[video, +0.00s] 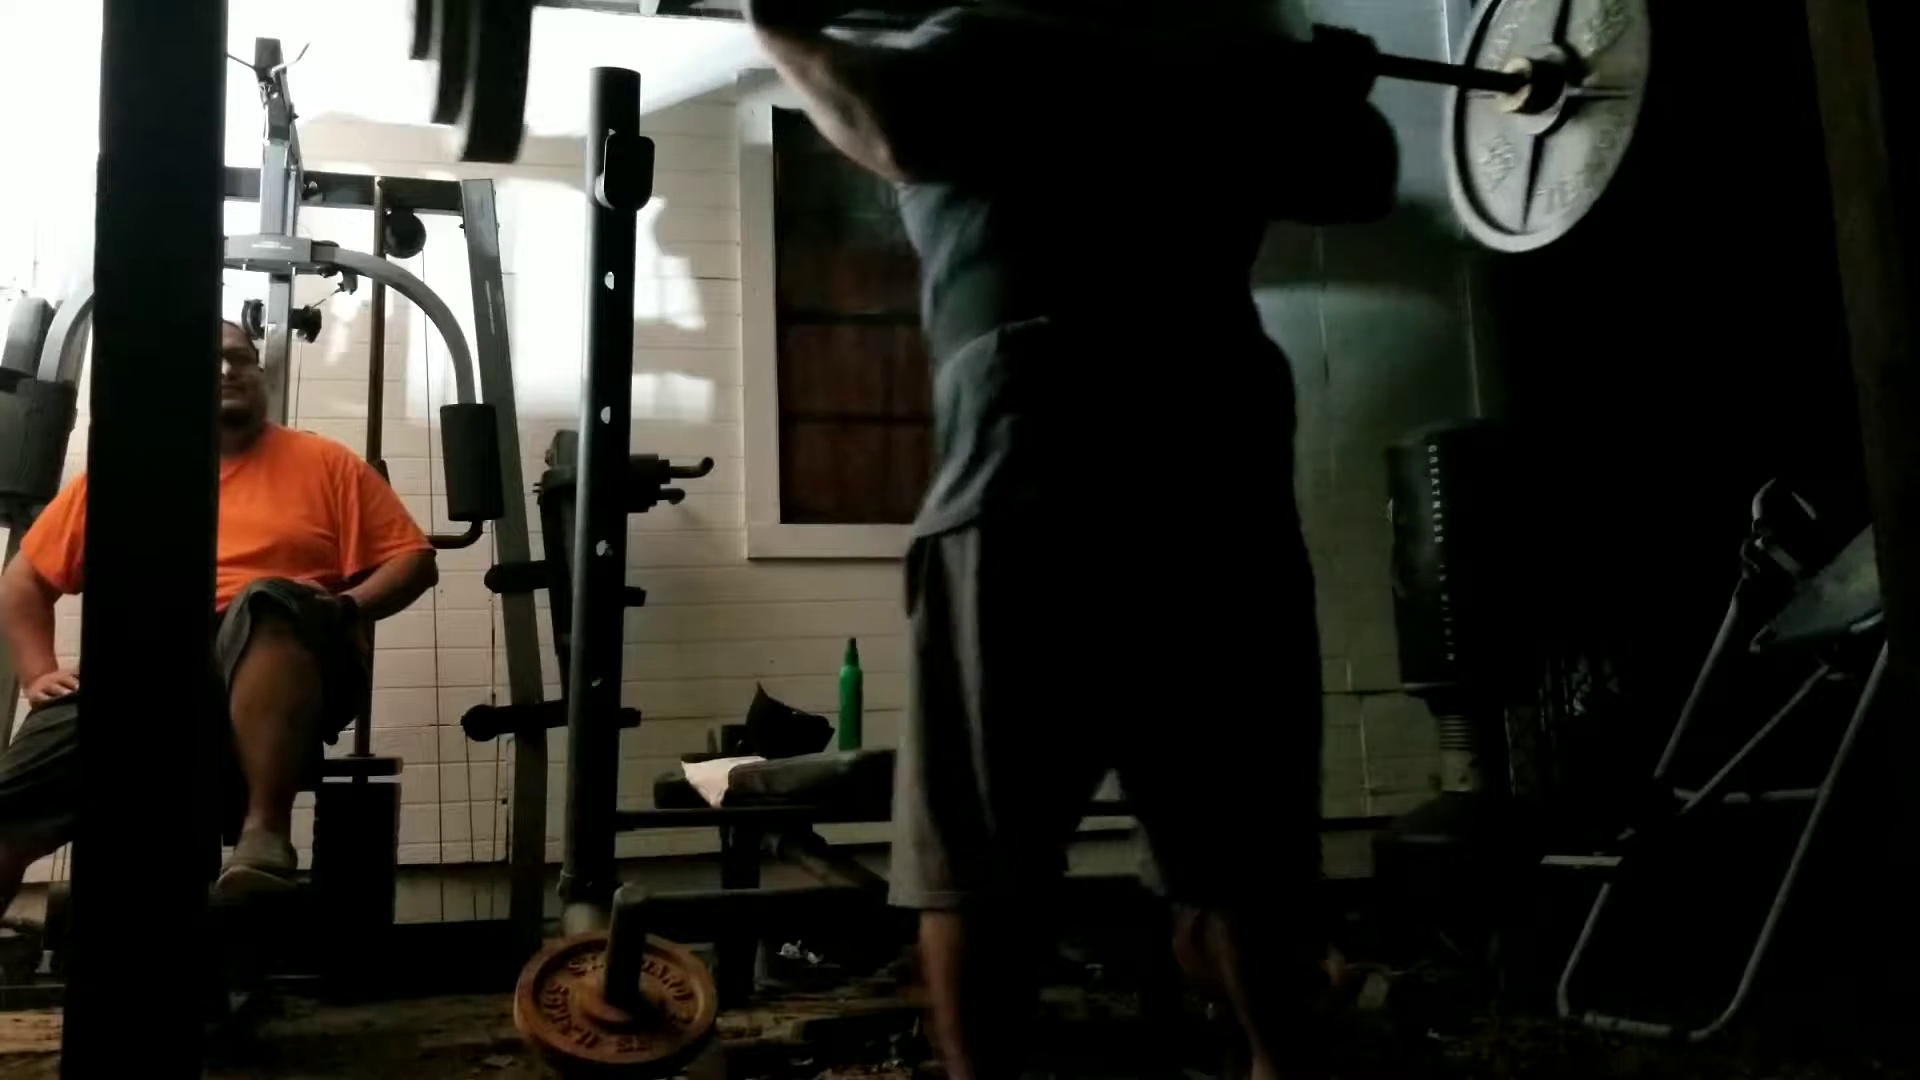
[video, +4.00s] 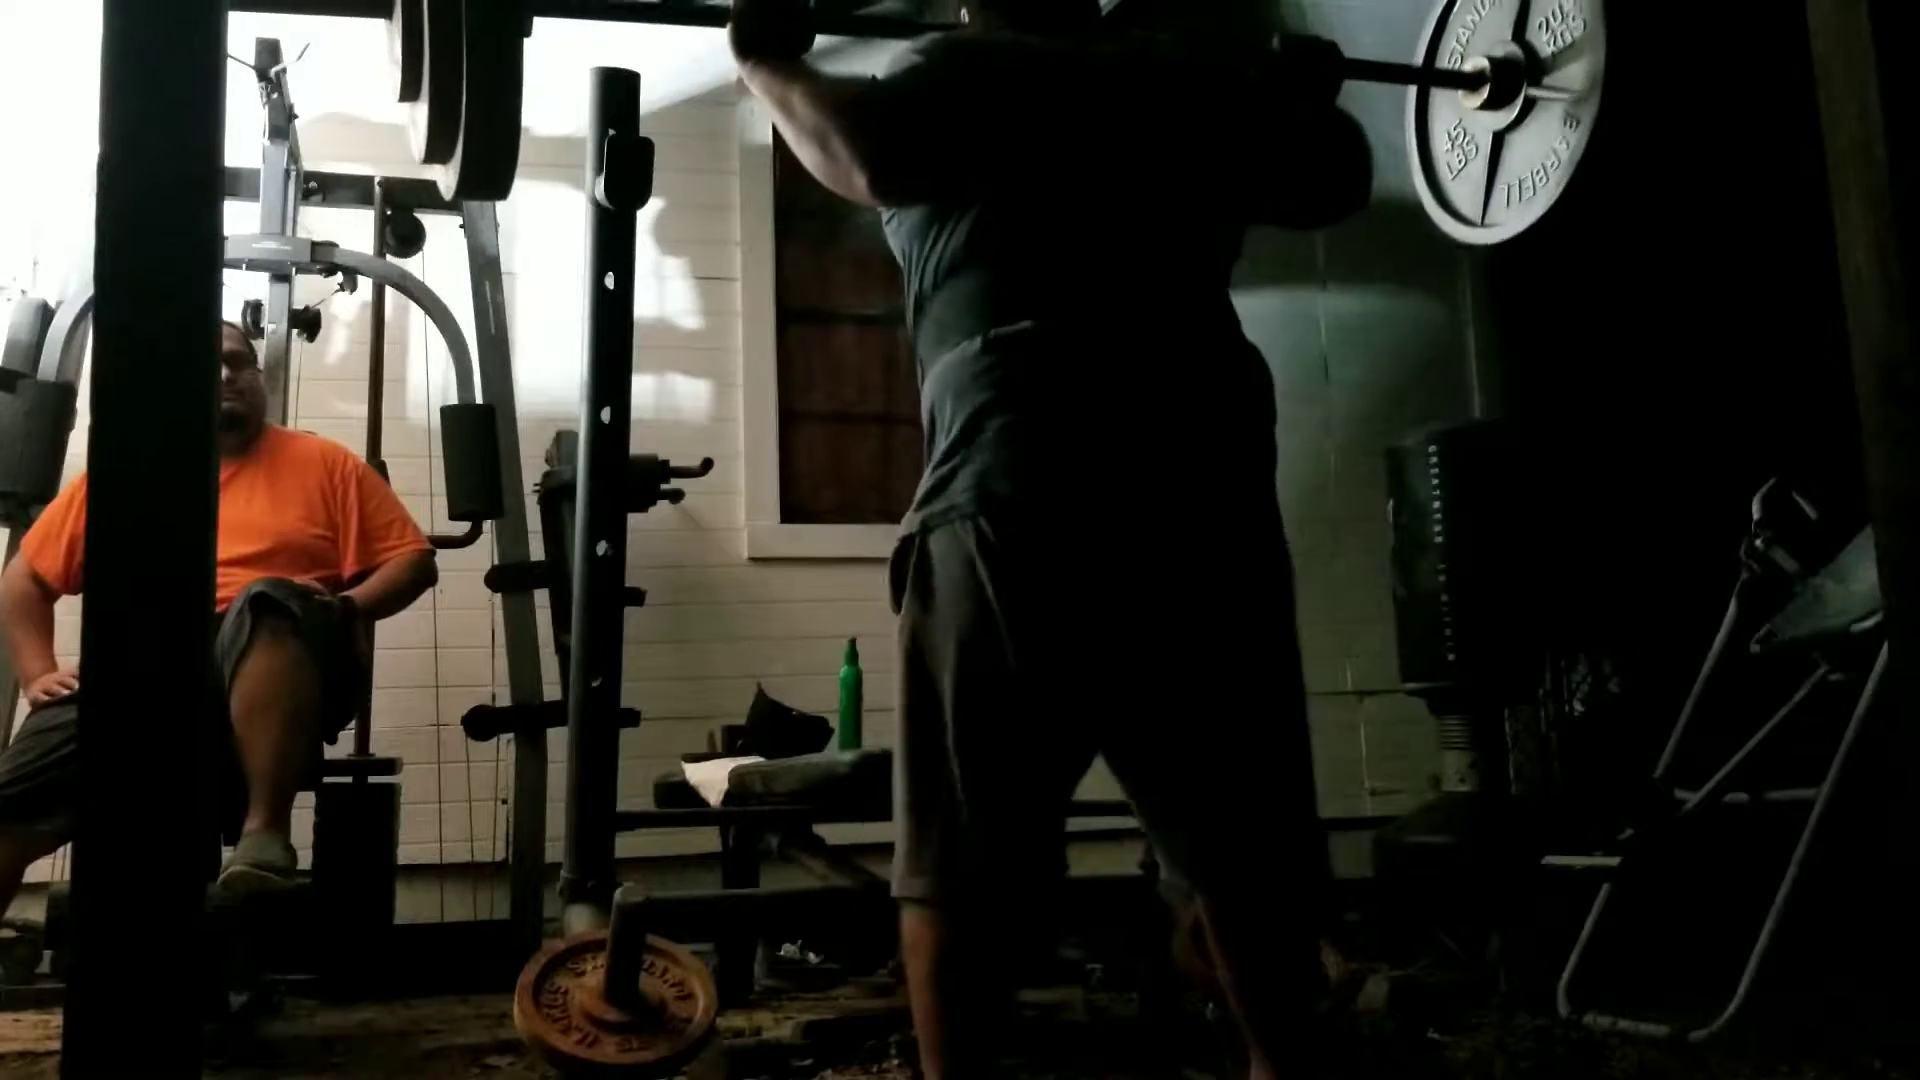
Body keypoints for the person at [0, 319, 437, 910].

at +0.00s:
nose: (228, 370)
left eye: (240, 358)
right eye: (212, 359)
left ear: (263, 374)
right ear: (186, 376)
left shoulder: (325, 464)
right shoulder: (133, 466)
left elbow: (415, 559)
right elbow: (25, 575)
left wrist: (349, 603)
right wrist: (37, 671)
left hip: (290, 670)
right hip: (147, 668)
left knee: (274, 605)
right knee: (11, 809)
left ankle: (265, 829)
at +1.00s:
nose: (226, 373)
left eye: (238, 361)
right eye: (209, 362)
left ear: (263, 377)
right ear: (185, 379)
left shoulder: (323, 463)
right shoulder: (130, 467)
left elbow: (413, 558)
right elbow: (24, 576)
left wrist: (349, 604)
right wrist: (37, 671)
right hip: (144, 664)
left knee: (271, 605)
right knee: (12, 805)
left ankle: (266, 829)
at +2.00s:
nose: (227, 375)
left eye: (239, 362)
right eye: (210, 362)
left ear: (263, 378)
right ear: (185, 379)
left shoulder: (324, 464)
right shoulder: (132, 467)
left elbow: (414, 558)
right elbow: (24, 576)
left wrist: (347, 604)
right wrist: (36, 672)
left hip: (284, 668)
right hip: (143, 665)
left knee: (273, 604)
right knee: (13, 804)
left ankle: (266, 830)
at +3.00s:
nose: (226, 376)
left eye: (238, 362)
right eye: (209, 364)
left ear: (263, 376)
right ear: (184, 380)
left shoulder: (324, 465)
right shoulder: (132, 468)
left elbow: (415, 560)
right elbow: (24, 576)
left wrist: (347, 604)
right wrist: (36, 672)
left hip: (286, 669)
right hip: (145, 667)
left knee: (273, 605)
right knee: (9, 809)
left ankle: (265, 829)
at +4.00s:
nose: (227, 376)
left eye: (239, 363)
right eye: (210, 365)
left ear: (263, 378)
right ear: (184, 381)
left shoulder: (324, 464)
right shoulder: (131, 467)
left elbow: (414, 560)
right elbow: (23, 576)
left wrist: (346, 605)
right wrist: (37, 672)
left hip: (284, 666)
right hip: (142, 664)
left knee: (273, 604)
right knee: (11, 811)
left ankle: (265, 830)